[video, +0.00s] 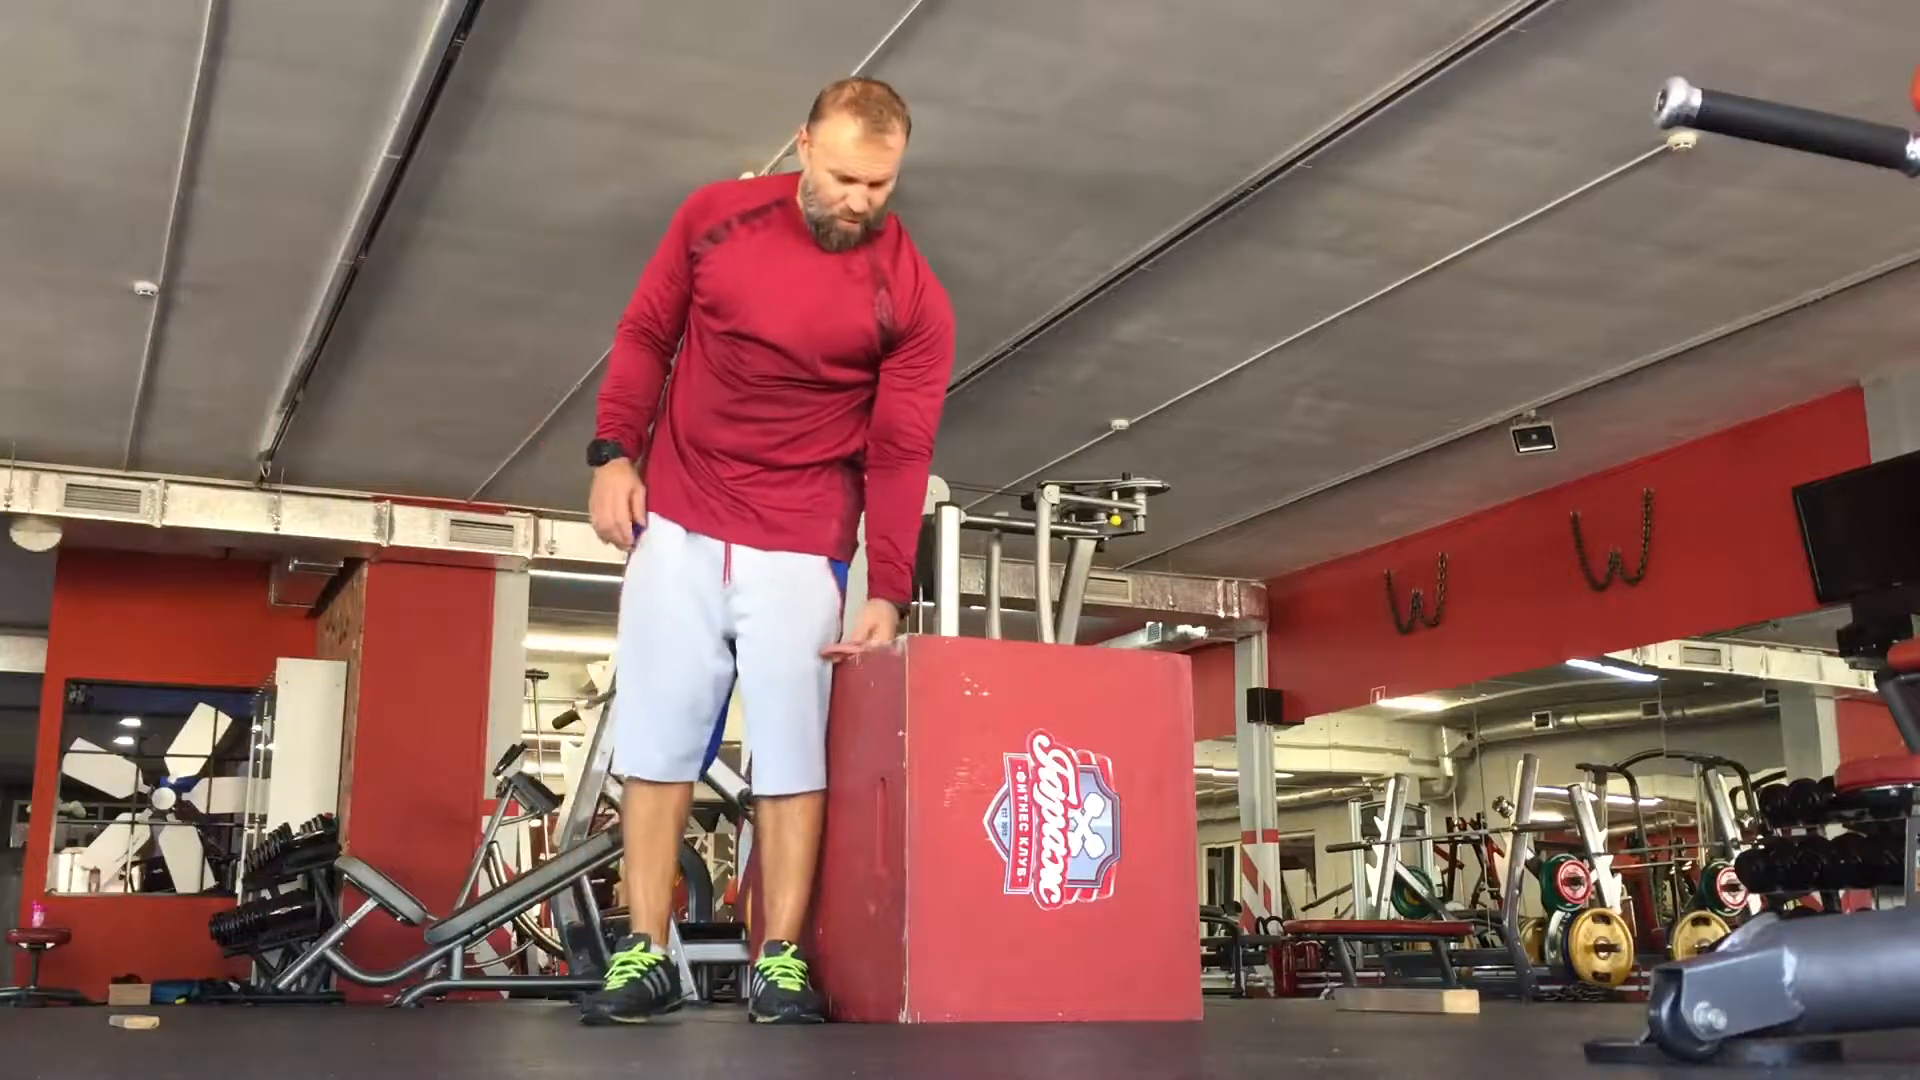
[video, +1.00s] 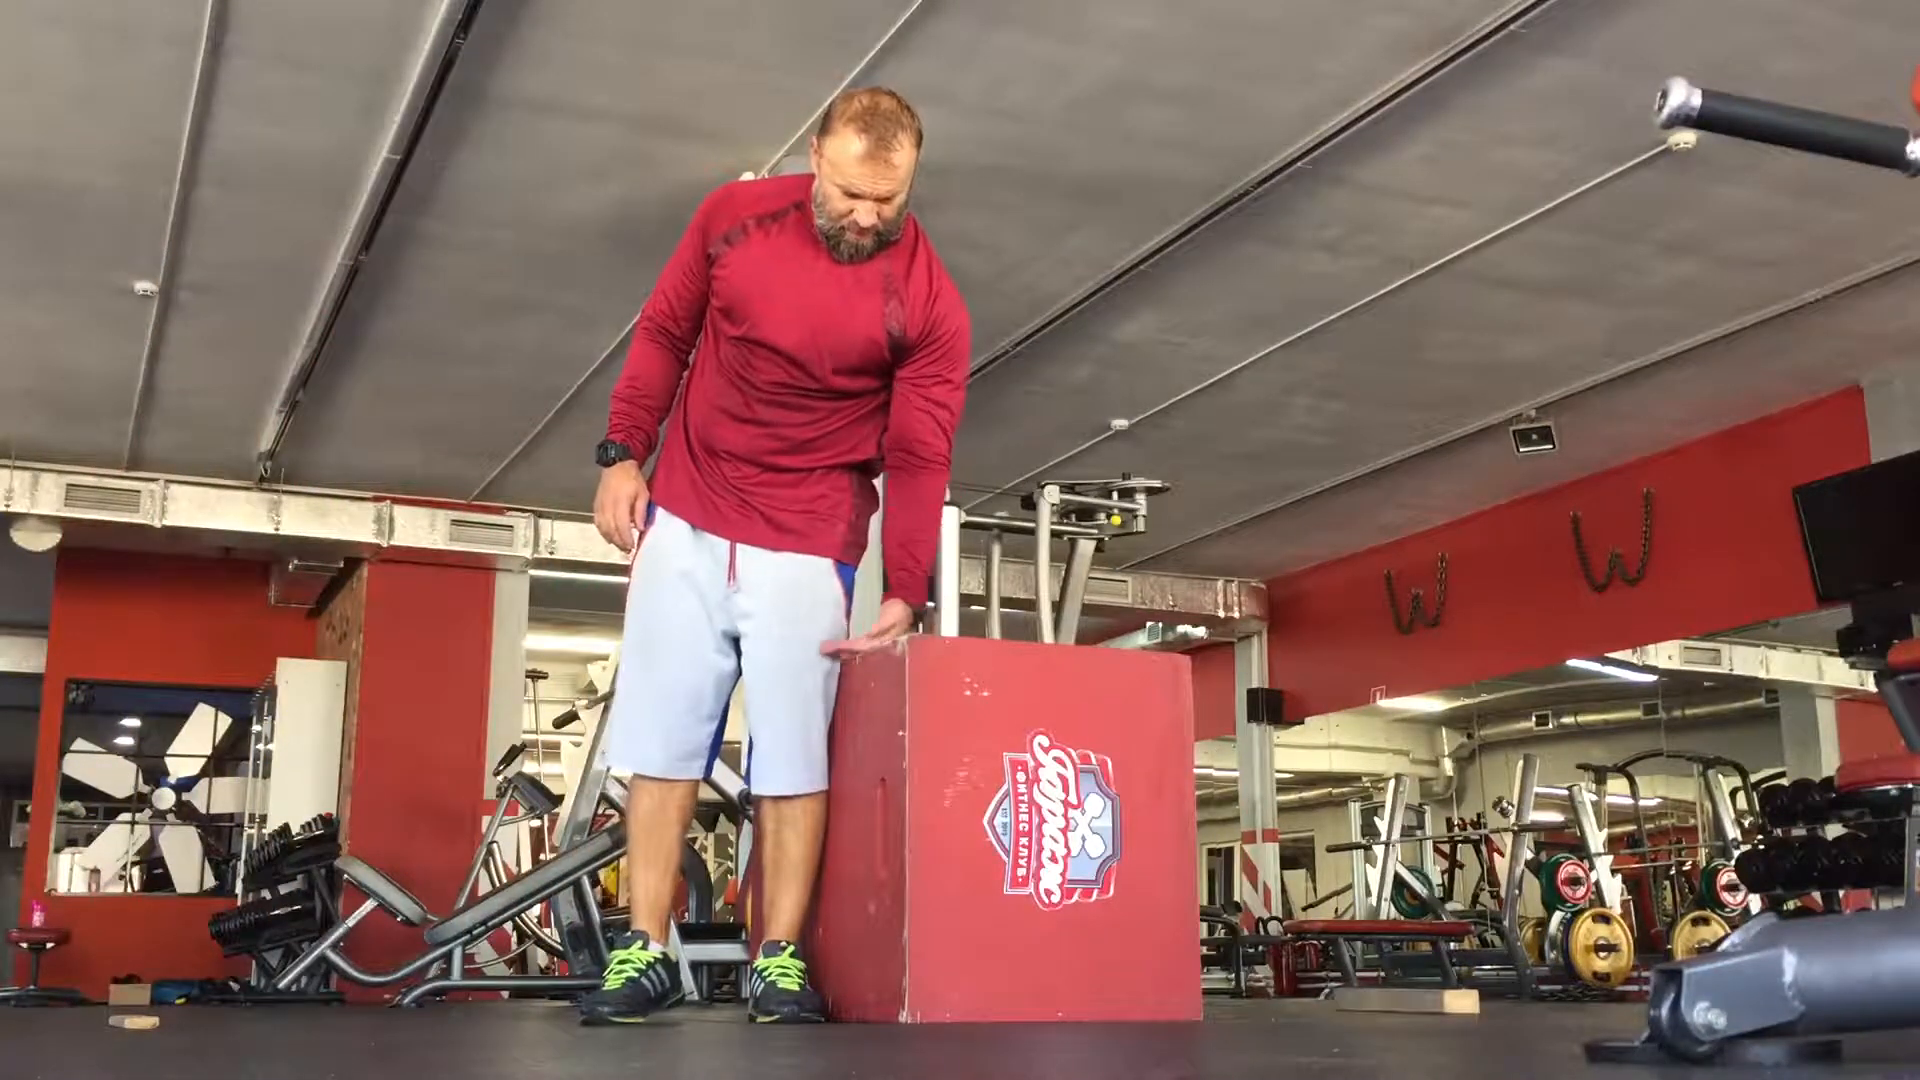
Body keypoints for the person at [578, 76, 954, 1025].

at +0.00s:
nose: (855, 200)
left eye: (876, 184)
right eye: (839, 178)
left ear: (900, 175)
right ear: (804, 144)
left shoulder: (913, 301)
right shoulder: (715, 216)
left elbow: (903, 454)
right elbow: (645, 335)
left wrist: (887, 592)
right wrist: (614, 455)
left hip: (803, 527)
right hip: (680, 507)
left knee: (791, 738)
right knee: (659, 728)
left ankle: (780, 957)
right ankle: (646, 953)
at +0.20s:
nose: (858, 207)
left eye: (880, 191)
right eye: (841, 185)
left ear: (907, 176)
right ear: (808, 148)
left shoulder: (922, 303)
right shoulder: (724, 214)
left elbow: (912, 455)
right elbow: (653, 332)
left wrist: (905, 593)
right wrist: (619, 453)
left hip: (806, 531)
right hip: (684, 507)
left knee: (790, 744)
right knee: (659, 731)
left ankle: (779, 959)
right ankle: (643, 950)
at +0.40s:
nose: (862, 206)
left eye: (883, 189)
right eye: (844, 183)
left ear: (909, 172)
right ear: (809, 147)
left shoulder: (924, 301)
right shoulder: (730, 214)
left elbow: (914, 453)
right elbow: (659, 333)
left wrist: (908, 594)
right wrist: (618, 456)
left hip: (809, 530)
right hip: (687, 505)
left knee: (791, 741)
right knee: (661, 727)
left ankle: (779, 959)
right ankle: (644, 949)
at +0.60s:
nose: (861, 212)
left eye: (882, 196)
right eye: (844, 190)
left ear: (910, 178)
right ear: (812, 153)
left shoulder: (925, 303)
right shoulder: (733, 216)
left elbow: (923, 452)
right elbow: (662, 333)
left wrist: (920, 588)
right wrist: (623, 456)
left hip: (810, 532)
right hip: (688, 507)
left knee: (792, 743)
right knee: (662, 729)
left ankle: (778, 959)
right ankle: (645, 950)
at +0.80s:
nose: (862, 215)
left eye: (883, 200)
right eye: (845, 193)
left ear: (913, 185)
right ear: (814, 159)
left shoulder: (927, 305)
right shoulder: (736, 215)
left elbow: (925, 450)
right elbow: (664, 331)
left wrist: (925, 584)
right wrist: (623, 454)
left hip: (808, 529)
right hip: (687, 505)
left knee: (791, 741)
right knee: (661, 728)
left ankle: (778, 960)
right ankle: (646, 950)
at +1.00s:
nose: (861, 215)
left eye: (883, 200)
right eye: (845, 193)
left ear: (912, 185)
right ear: (814, 159)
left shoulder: (928, 307)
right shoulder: (735, 215)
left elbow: (918, 457)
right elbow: (663, 331)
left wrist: (905, 593)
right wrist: (622, 455)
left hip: (811, 532)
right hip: (688, 508)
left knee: (793, 745)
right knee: (662, 732)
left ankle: (778, 959)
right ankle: (647, 952)